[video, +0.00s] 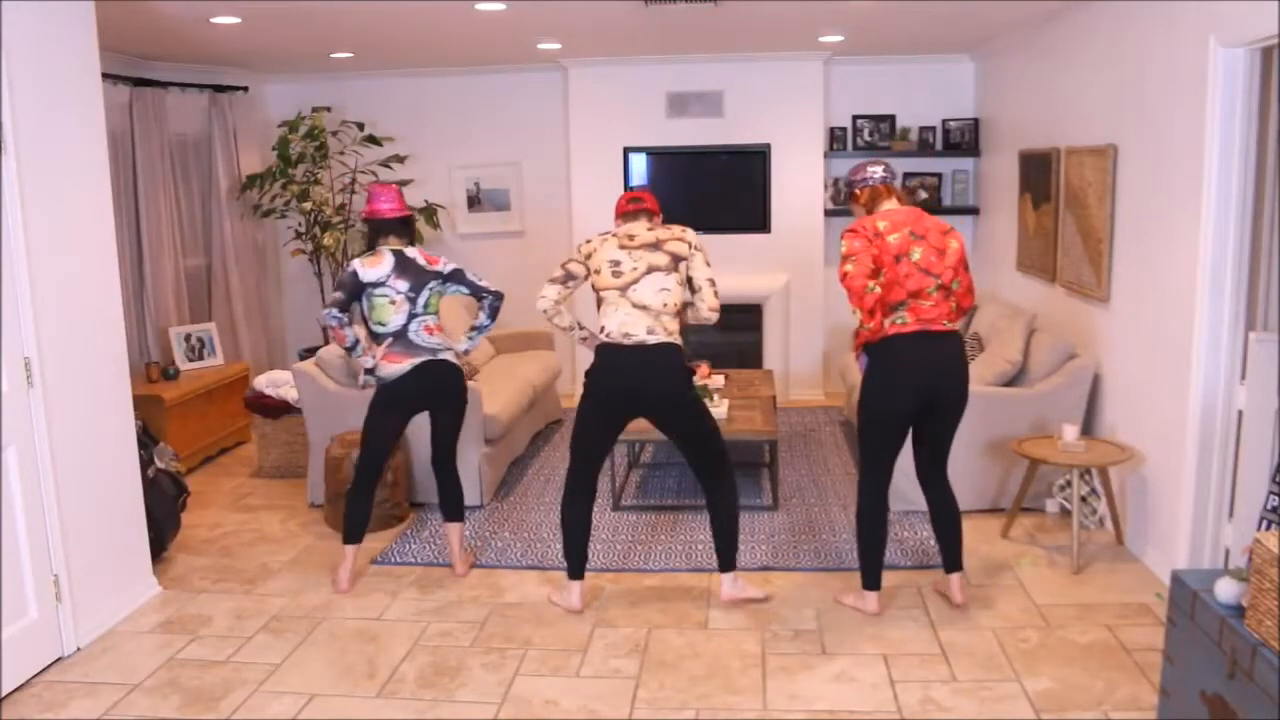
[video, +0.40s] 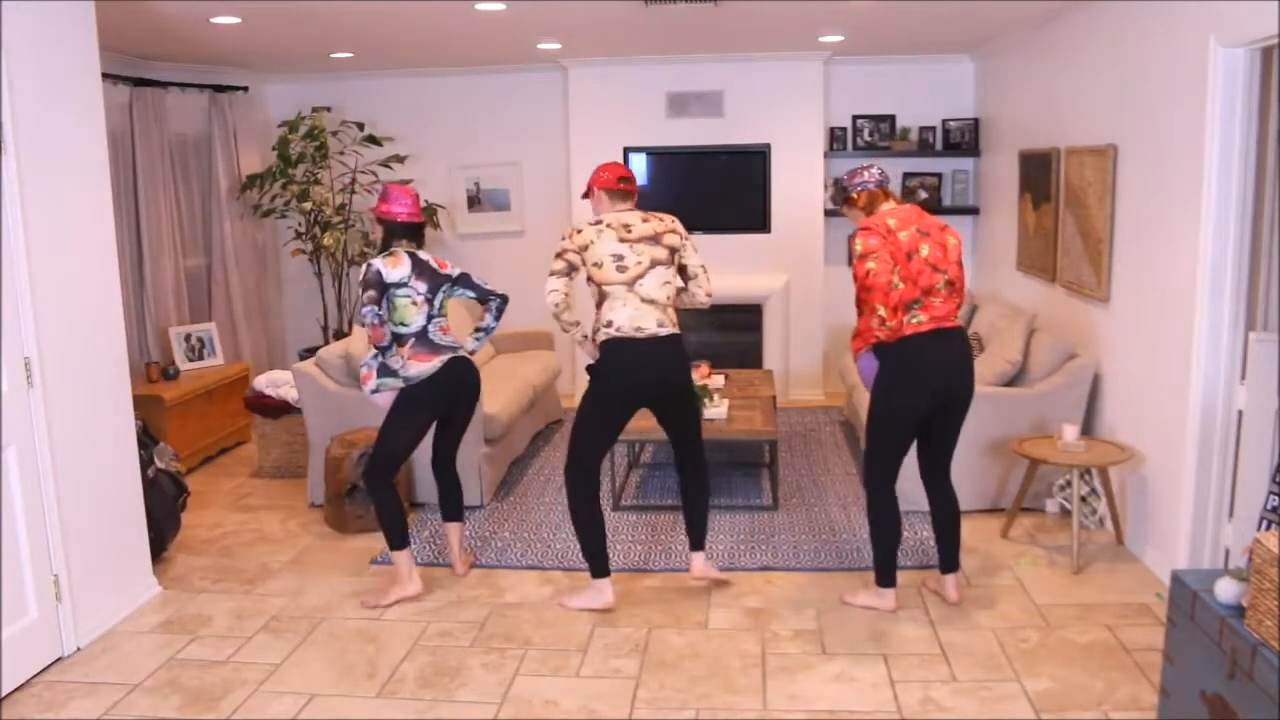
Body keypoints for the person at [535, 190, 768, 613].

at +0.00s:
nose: (640, 224)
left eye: (633, 217)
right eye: (649, 215)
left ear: (618, 218)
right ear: (658, 214)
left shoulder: (596, 247)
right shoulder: (684, 241)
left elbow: (548, 301)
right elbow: (708, 310)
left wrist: (586, 335)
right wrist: (669, 310)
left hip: (608, 373)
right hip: (665, 372)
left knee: (580, 476)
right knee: (716, 471)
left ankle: (574, 589)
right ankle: (729, 579)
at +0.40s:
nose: (589, 206)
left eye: (590, 200)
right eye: (591, 200)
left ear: (597, 198)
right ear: (633, 195)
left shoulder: (580, 237)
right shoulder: (668, 225)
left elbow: (556, 299)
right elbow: (700, 294)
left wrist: (584, 342)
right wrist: (658, 301)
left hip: (617, 362)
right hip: (668, 359)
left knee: (580, 468)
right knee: (690, 454)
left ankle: (601, 585)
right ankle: (698, 556)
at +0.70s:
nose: (573, 193)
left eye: (580, 186)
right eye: (575, 185)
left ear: (603, 193)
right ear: (613, 194)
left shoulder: (594, 234)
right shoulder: (642, 228)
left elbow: (612, 294)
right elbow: (667, 291)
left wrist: (609, 346)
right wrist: (628, 340)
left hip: (656, 359)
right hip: (686, 355)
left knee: (592, 466)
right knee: (662, 458)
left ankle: (626, 571)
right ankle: (683, 560)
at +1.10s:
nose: (559, 217)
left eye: (571, 210)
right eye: (558, 209)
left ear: (596, 220)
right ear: (556, 217)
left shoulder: (617, 262)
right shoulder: (583, 258)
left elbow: (683, 296)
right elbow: (615, 292)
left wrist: (650, 342)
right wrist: (595, 314)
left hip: (672, 363)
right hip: (637, 363)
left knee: (646, 465)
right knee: (600, 456)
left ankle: (666, 577)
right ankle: (631, 545)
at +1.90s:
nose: (627, 205)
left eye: (635, 196)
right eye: (619, 196)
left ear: (649, 192)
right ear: (606, 194)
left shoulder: (674, 226)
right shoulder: (584, 224)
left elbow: (716, 272)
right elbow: (546, 279)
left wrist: (680, 320)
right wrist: (599, 288)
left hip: (656, 350)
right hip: (603, 352)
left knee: (694, 445)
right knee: (585, 451)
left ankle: (701, 547)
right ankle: (598, 550)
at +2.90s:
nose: (619, 265)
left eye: (627, 254)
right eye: (611, 254)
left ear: (641, 257)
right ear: (596, 255)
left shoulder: (664, 287)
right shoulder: (574, 286)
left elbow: (694, 315)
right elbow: (548, 318)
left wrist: (664, 365)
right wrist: (594, 347)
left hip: (652, 380)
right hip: (593, 381)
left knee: (704, 459)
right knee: (543, 468)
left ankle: (703, 553)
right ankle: (554, 555)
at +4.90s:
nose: (607, 225)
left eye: (618, 224)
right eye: (600, 223)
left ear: (633, 246)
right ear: (589, 242)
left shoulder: (653, 290)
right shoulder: (563, 293)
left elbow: (687, 339)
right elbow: (553, 354)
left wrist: (656, 396)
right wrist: (589, 396)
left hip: (648, 400)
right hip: (588, 401)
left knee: (718, 467)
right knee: (524, 473)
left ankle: (704, 555)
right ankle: (551, 556)